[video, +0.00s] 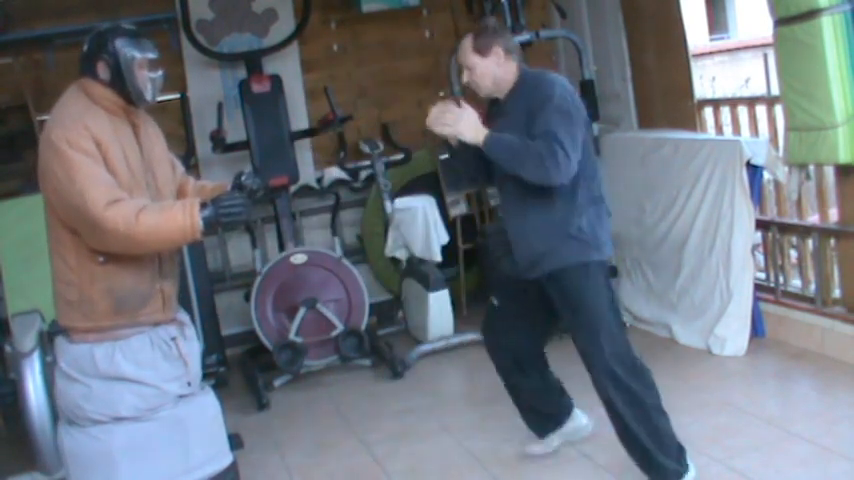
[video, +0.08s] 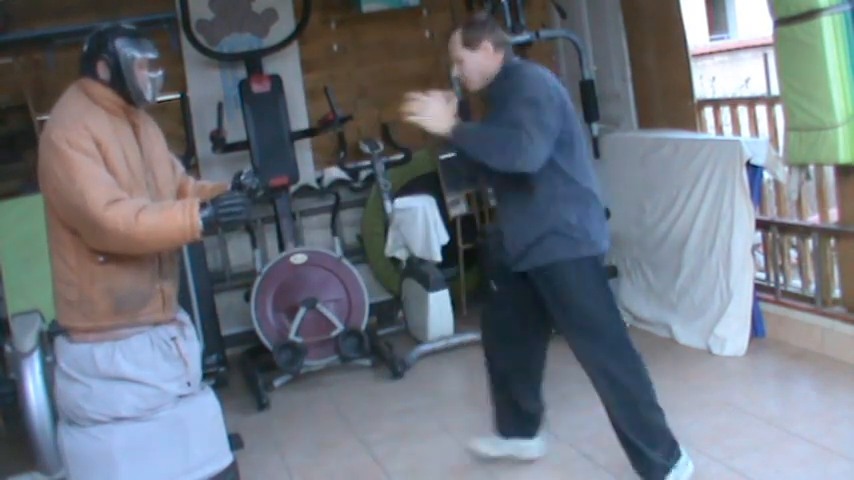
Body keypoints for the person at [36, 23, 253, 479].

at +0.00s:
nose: (147, 73)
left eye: (147, 63)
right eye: (135, 63)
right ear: (102, 66)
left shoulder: (140, 120)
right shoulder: (68, 130)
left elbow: (178, 188)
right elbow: (110, 223)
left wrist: (231, 188)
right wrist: (201, 217)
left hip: (160, 321)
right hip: (104, 334)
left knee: (194, 452)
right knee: (126, 462)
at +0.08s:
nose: (147, 73)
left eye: (147, 63)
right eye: (135, 63)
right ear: (102, 66)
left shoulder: (140, 120)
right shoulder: (68, 130)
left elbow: (178, 188)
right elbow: (110, 222)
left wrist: (229, 189)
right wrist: (201, 216)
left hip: (160, 321)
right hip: (104, 334)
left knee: (194, 453)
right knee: (126, 462)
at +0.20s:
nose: (148, 75)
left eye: (149, 65)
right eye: (138, 65)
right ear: (104, 66)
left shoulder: (139, 120)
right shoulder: (68, 129)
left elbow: (178, 188)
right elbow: (108, 221)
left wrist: (228, 190)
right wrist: (200, 218)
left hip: (159, 317)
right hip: (103, 330)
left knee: (188, 447)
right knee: (125, 458)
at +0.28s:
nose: (148, 75)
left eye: (149, 64)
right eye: (137, 64)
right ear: (103, 66)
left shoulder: (139, 121)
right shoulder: (68, 128)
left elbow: (178, 188)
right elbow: (108, 221)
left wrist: (230, 188)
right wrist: (201, 217)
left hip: (159, 317)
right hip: (104, 330)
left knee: (187, 448)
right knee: (126, 458)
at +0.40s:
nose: (148, 75)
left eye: (148, 64)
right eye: (137, 64)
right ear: (103, 66)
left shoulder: (139, 120)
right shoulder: (68, 129)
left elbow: (178, 189)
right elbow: (108, 221)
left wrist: (229, 189)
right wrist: (201, 217)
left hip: (159, 317)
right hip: (104, 331)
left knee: (189, 448)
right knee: (125, 459)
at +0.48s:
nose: (147, 75)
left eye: (148, 65)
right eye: (137, 65)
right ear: (103, 67)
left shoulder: (139, 121)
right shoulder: (68, 129)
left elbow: (178, 188)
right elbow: (108, 222)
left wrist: (229, 188)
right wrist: (201, 217)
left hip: (159, 317)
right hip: (104, 331)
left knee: (187, 449)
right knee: (126, 459)